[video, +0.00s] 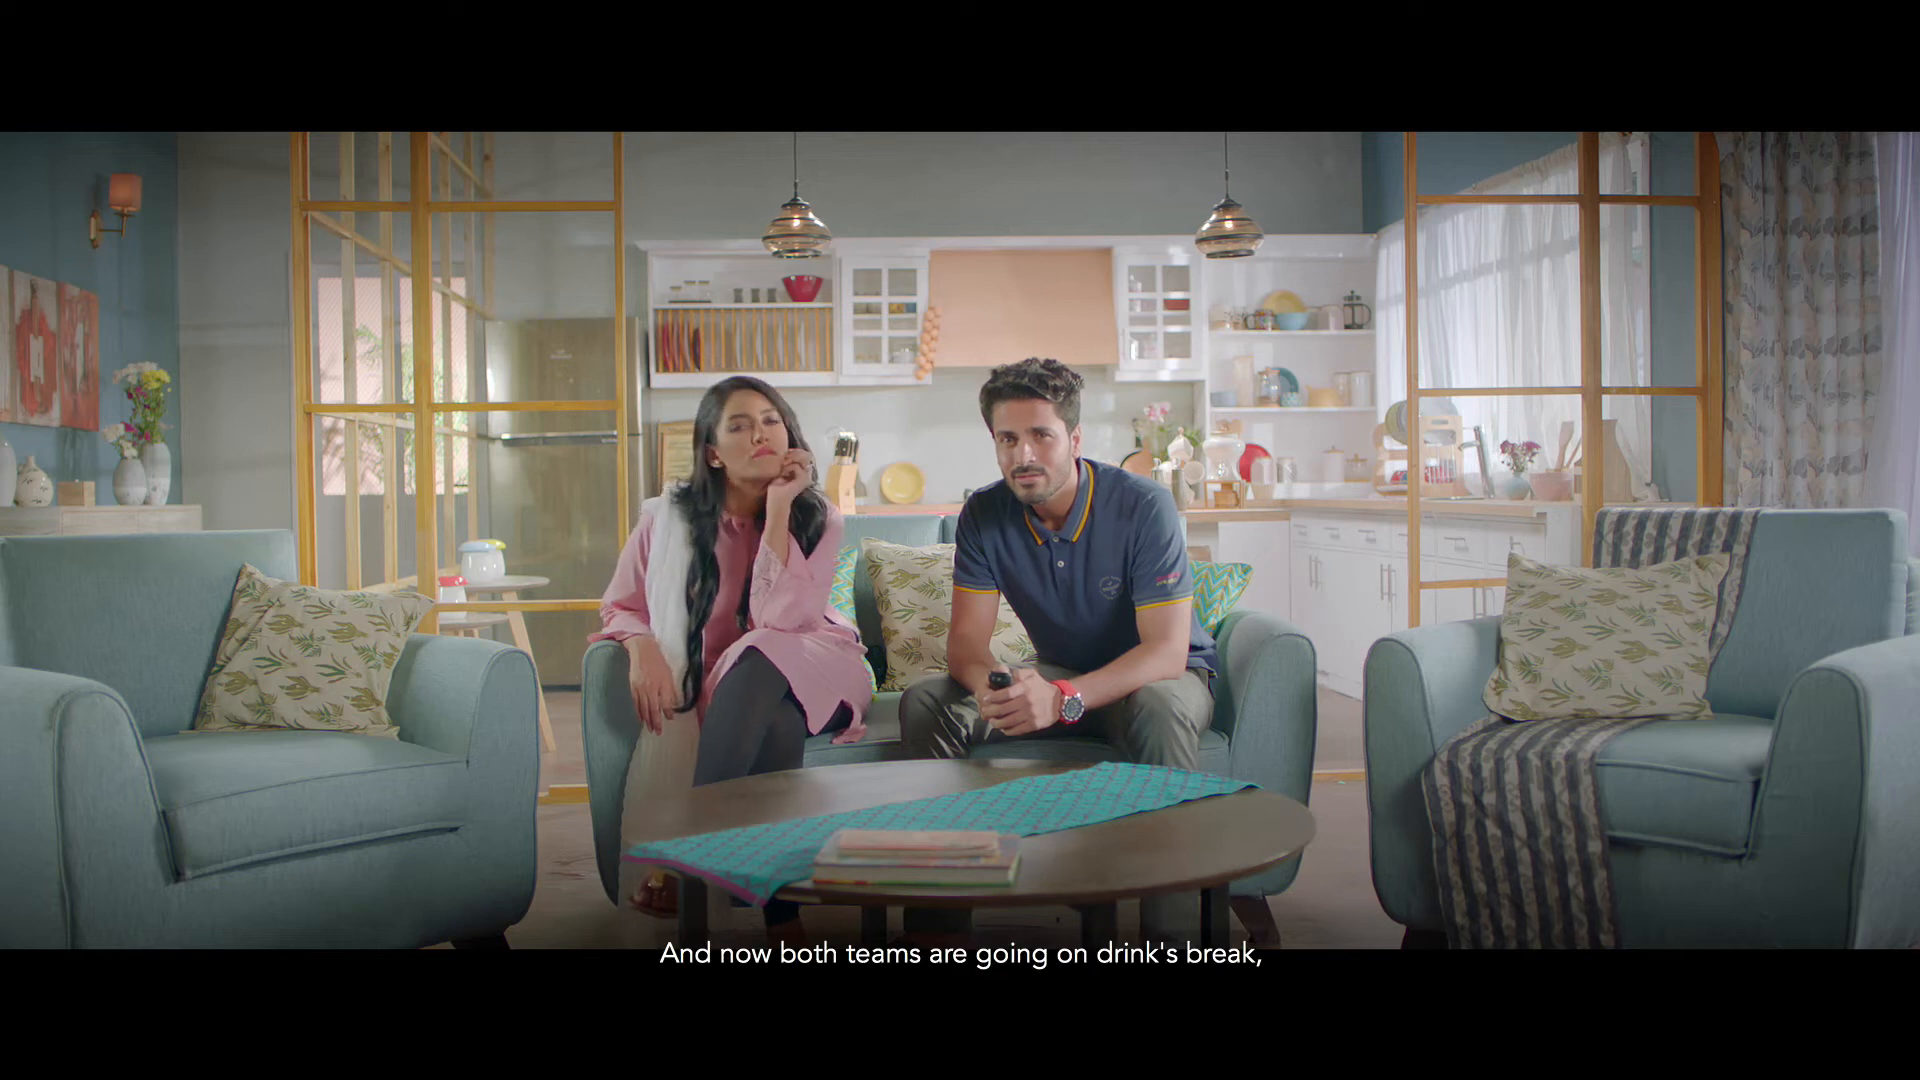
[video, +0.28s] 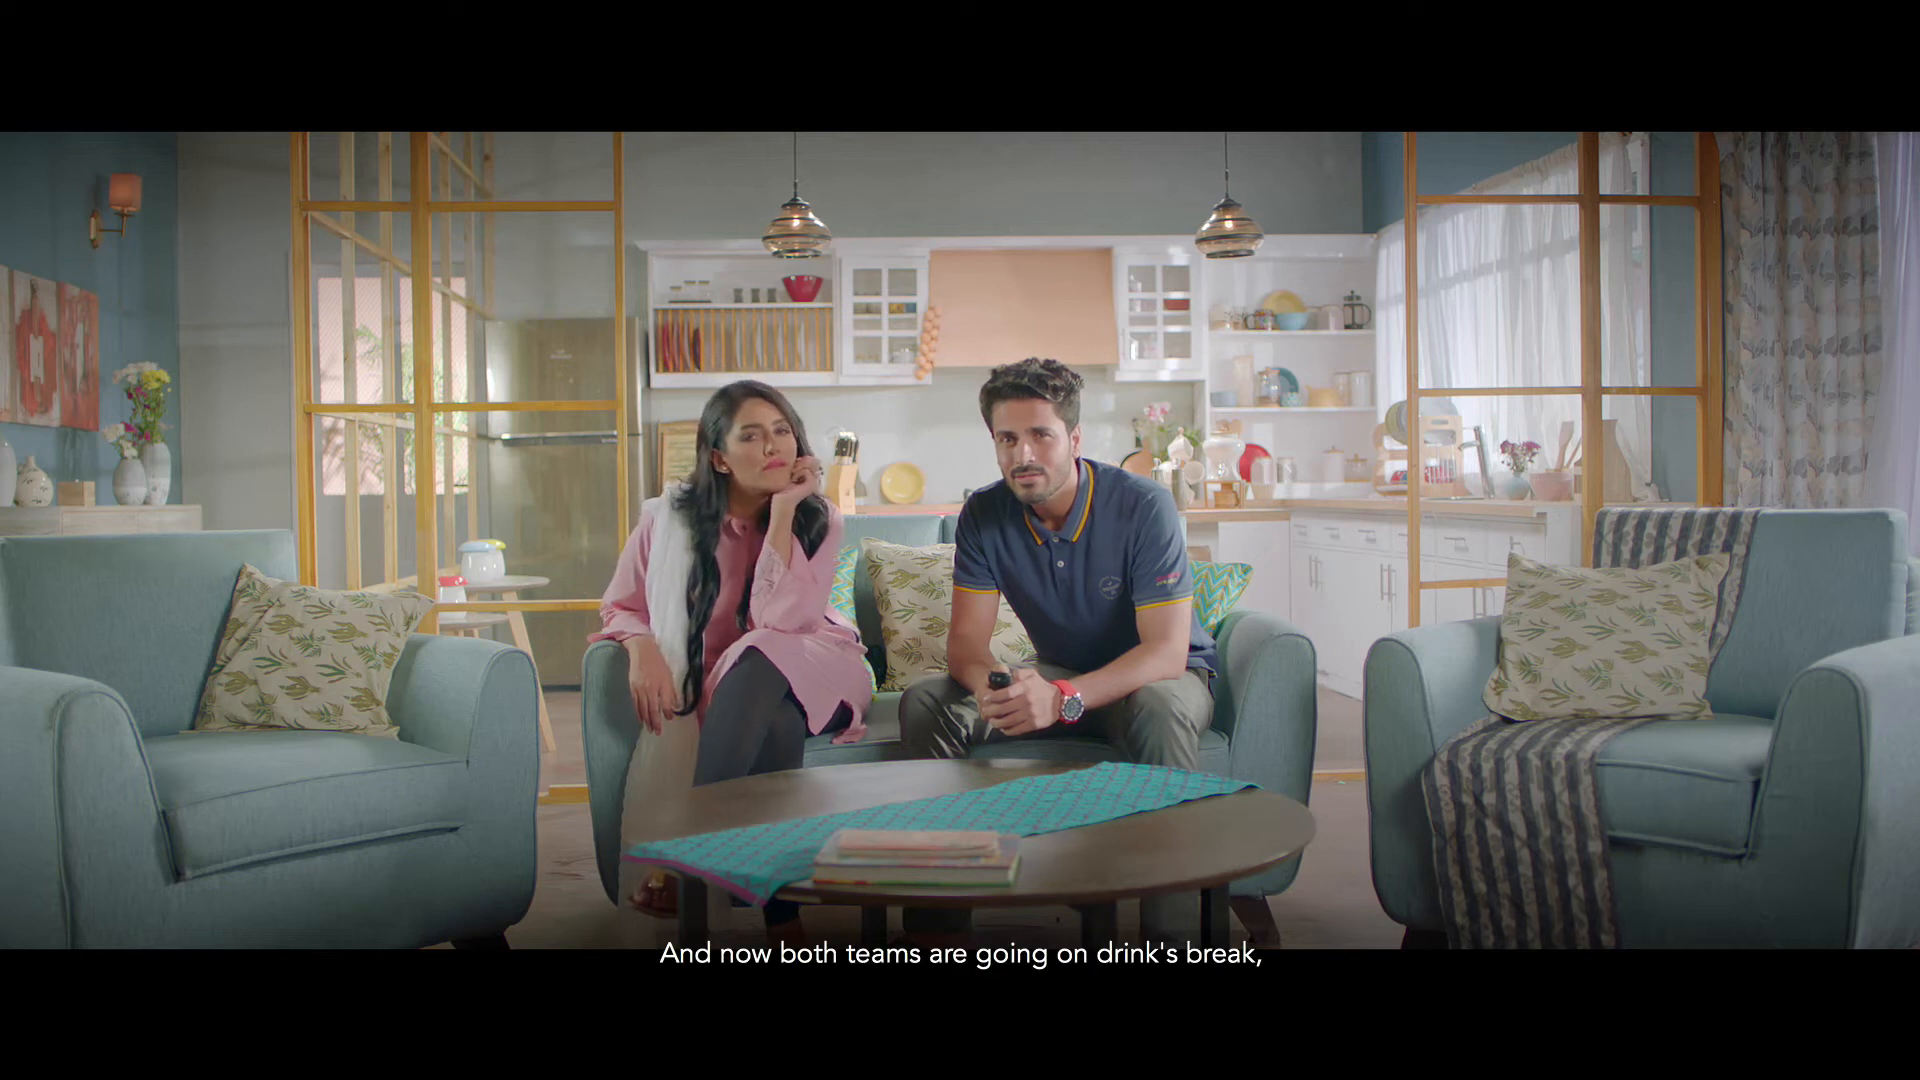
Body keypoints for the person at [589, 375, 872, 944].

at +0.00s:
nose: (762, 433)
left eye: (772, 422)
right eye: (741, 426)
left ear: (791, 437)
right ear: (714, 453)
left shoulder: (814, 516)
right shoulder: (666, 517)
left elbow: (785, 620)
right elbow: (620, 609)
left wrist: (777, 513)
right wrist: (641, 642)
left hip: (821, 670)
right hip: (720, 681)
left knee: (756, 656)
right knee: (779, 723)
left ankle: (686, 862)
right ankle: (781, 912)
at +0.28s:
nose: (774, 445)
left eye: (783, 431)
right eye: (752, 435)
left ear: (797, 444)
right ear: (719, 457)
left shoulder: (815, 518)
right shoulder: (665, 518)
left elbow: (784, 622)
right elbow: (620, 611)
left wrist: (782, 514)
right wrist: (640, 642)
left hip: (821, 672)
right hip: (720, 682)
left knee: (756, 655)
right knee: (779, 722)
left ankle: (686, 862)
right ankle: (780, 909)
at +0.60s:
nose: (785, 448)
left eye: (792, 433)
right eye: (764, 436)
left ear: (803, 445)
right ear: (724, 456)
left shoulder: (816, 520)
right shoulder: (664, 517)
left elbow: (784, 623)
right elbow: (621, 610)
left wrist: (786, 519)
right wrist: (641, 642)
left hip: (822, 670)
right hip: (721, 680)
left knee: (758, 656)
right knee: (777, 721)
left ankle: (687, 863)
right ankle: (780, 910)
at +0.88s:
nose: (795, 448)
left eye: (800, 435)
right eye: (775, 435)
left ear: (809, 445)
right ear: (731, 453)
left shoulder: (816, 520)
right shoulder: (664, 516)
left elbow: (782, 622)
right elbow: (620, 609)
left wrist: (790, 519)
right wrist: (641, 642)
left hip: (820, 669)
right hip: (722, 680)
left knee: (756, 657)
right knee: (778, 720)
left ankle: (688, 865)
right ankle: (779, 907)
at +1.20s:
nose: (798, 449)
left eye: (802, 435)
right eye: (776, 436)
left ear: (812, 445)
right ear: (733, 452)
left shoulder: (816, 520)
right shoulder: (665, 516)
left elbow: (782, 623)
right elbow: (620, 610)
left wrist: (792, 520)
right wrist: (641, 642)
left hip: (820, 669)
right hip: (722, 680)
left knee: (756, 657)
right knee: (778, 721)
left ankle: (687, 865)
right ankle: (780, 909)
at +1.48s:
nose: (798, 451)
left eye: (803, 438)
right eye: (778, 437)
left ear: (812, 450)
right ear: (734, 452)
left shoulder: (816, 521)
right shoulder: (664, 516)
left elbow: (782, 624)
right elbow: (620, 609)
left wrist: (792, 520)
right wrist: (640, 641)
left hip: (820, 669)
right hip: (722, 680)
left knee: (756, 657)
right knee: (777, 722)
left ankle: (686, 864)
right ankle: (780, 910)